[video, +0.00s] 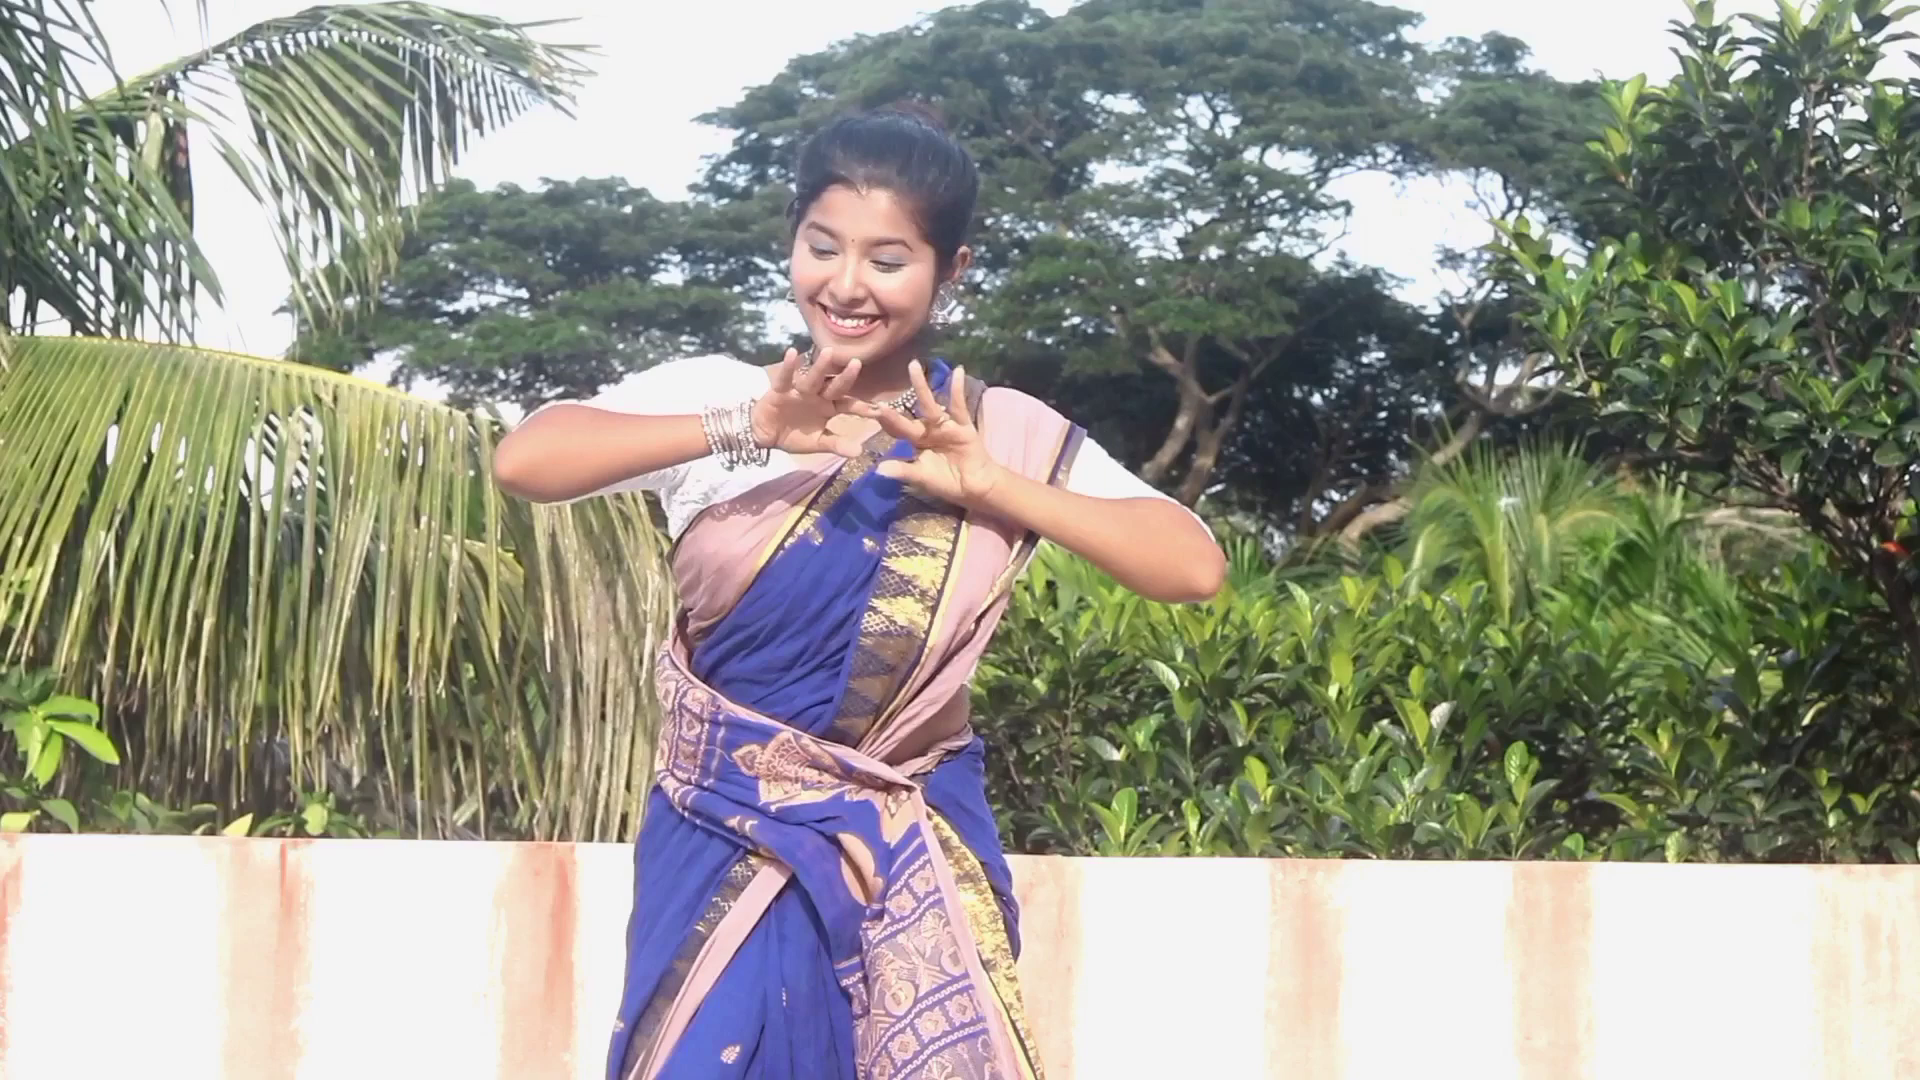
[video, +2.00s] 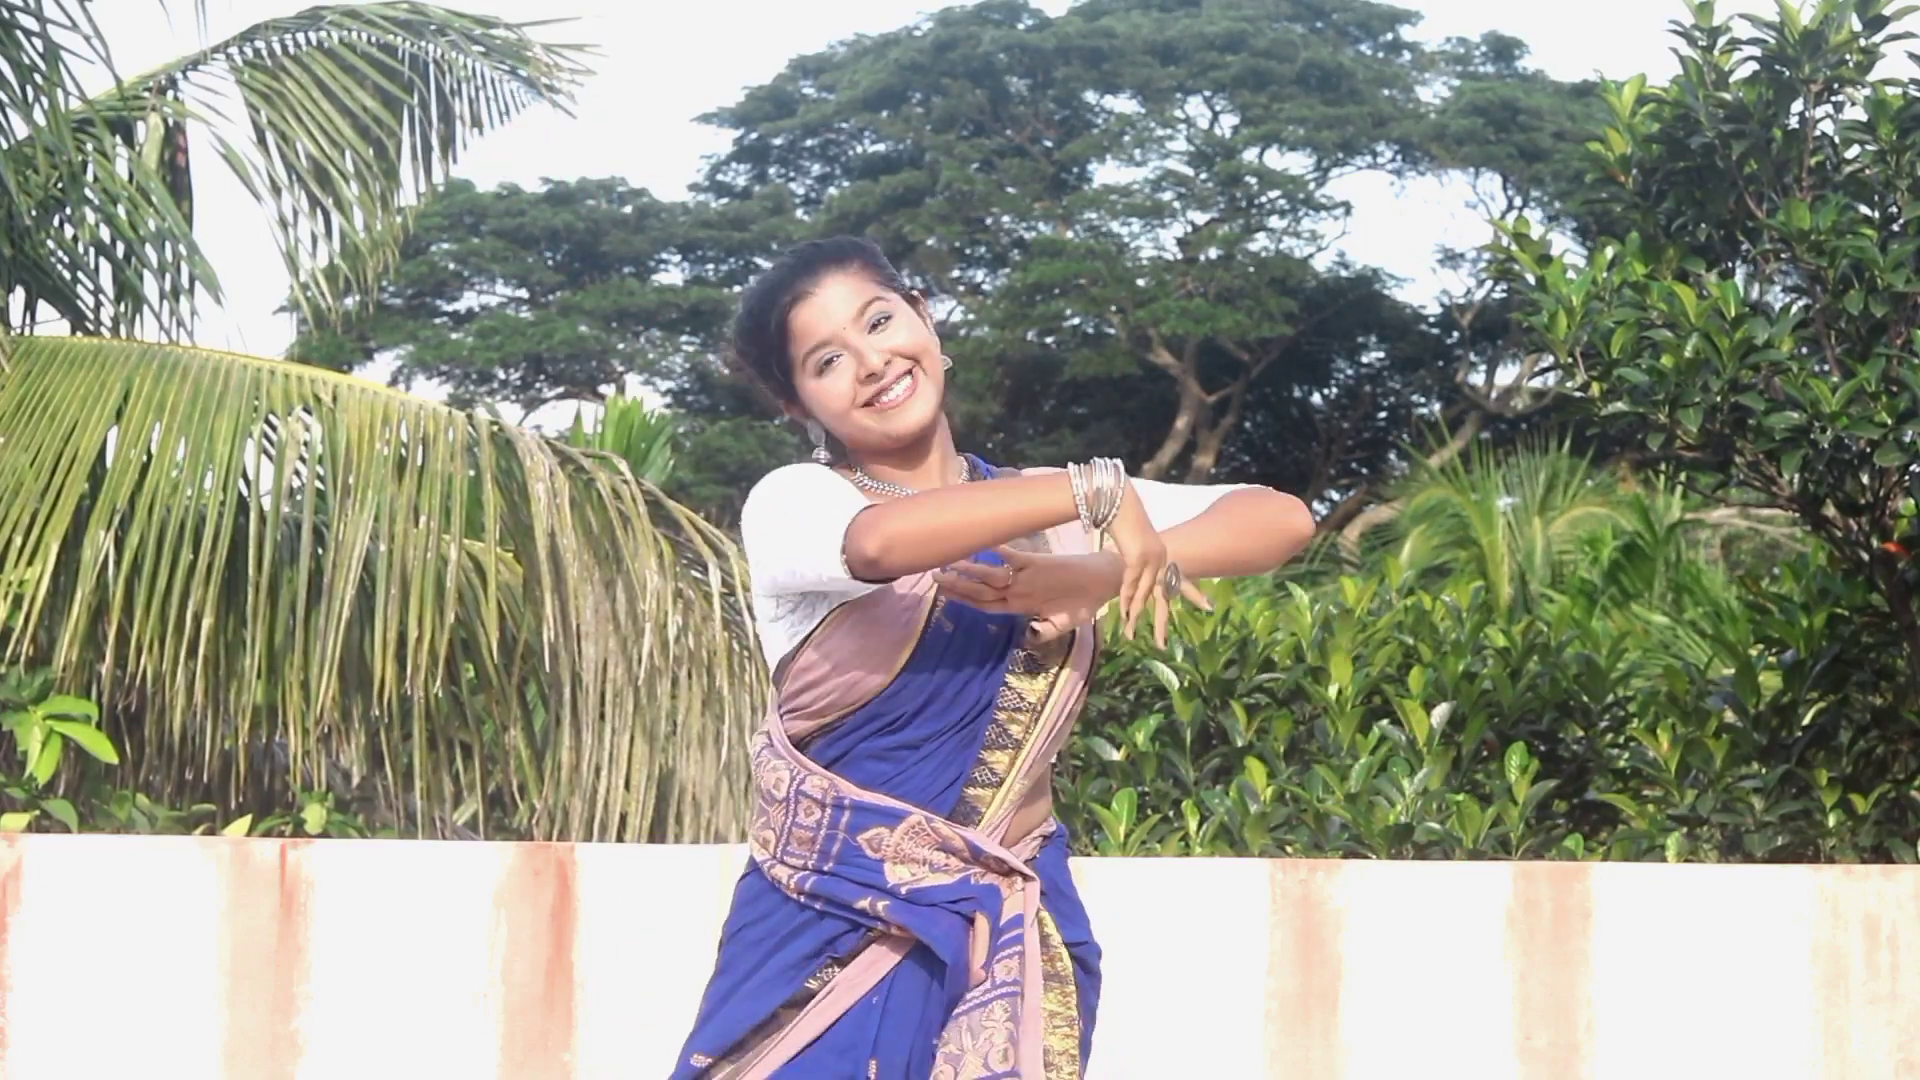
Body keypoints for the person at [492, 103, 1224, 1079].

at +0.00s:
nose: (847, 285)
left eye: (889, 259)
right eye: (823, 247)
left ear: (948, 272)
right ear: (791, 242)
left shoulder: (1006, 429)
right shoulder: (729, 390)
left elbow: (1196, 565)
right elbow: (523, 460)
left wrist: (996, 487)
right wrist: (746, 426)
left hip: (916, 838)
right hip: (723, 831)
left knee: (944, 1058)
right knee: (704, 1057)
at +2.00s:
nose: (872, 359)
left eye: (880, 319)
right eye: (827, 360)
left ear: (928, 325)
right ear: (805, 411)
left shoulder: (1044, 497)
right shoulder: (793, 501)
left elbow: (1288, 521)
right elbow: (877, 543)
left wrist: (1100, 573)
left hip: (1012, 940)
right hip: (823, 929)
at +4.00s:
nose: (610, 278)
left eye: (635, 249)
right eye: (570, 252)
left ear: (663, 271)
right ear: (509, 279)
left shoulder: (660, 422)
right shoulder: (515, 404)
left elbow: (853, 452)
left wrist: (849, 524)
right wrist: (723, 455)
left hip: (686, 819)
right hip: (553, 819)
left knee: (699, 1061)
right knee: (543, 1060)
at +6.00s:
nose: (588, 299)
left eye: (610, 265)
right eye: (545, 280)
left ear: (649, 288)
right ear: (498, 324)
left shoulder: (741, 462)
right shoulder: (511, 459)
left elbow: (947, 476)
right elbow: (482, 499)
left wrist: (889, 466)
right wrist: (701, 535)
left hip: (748, 888)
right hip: (577, 887)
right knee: (566, 1065)